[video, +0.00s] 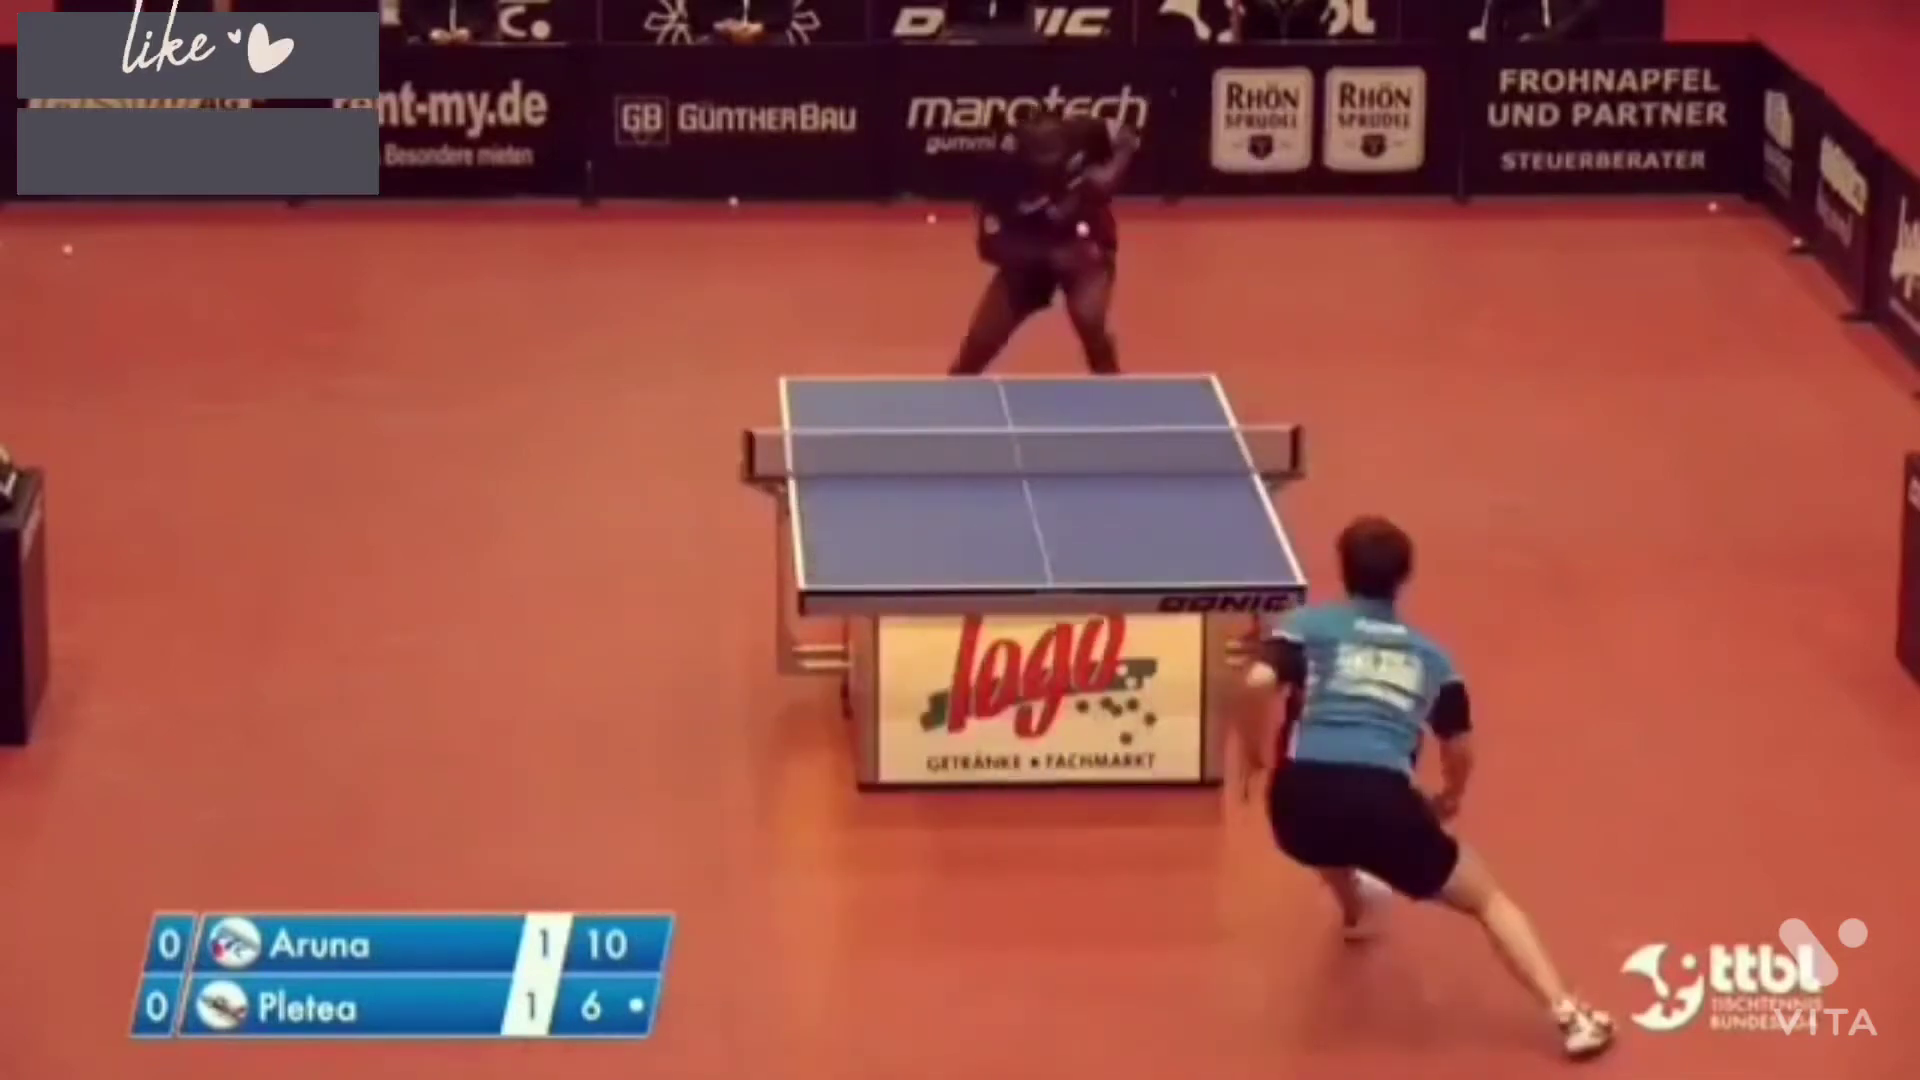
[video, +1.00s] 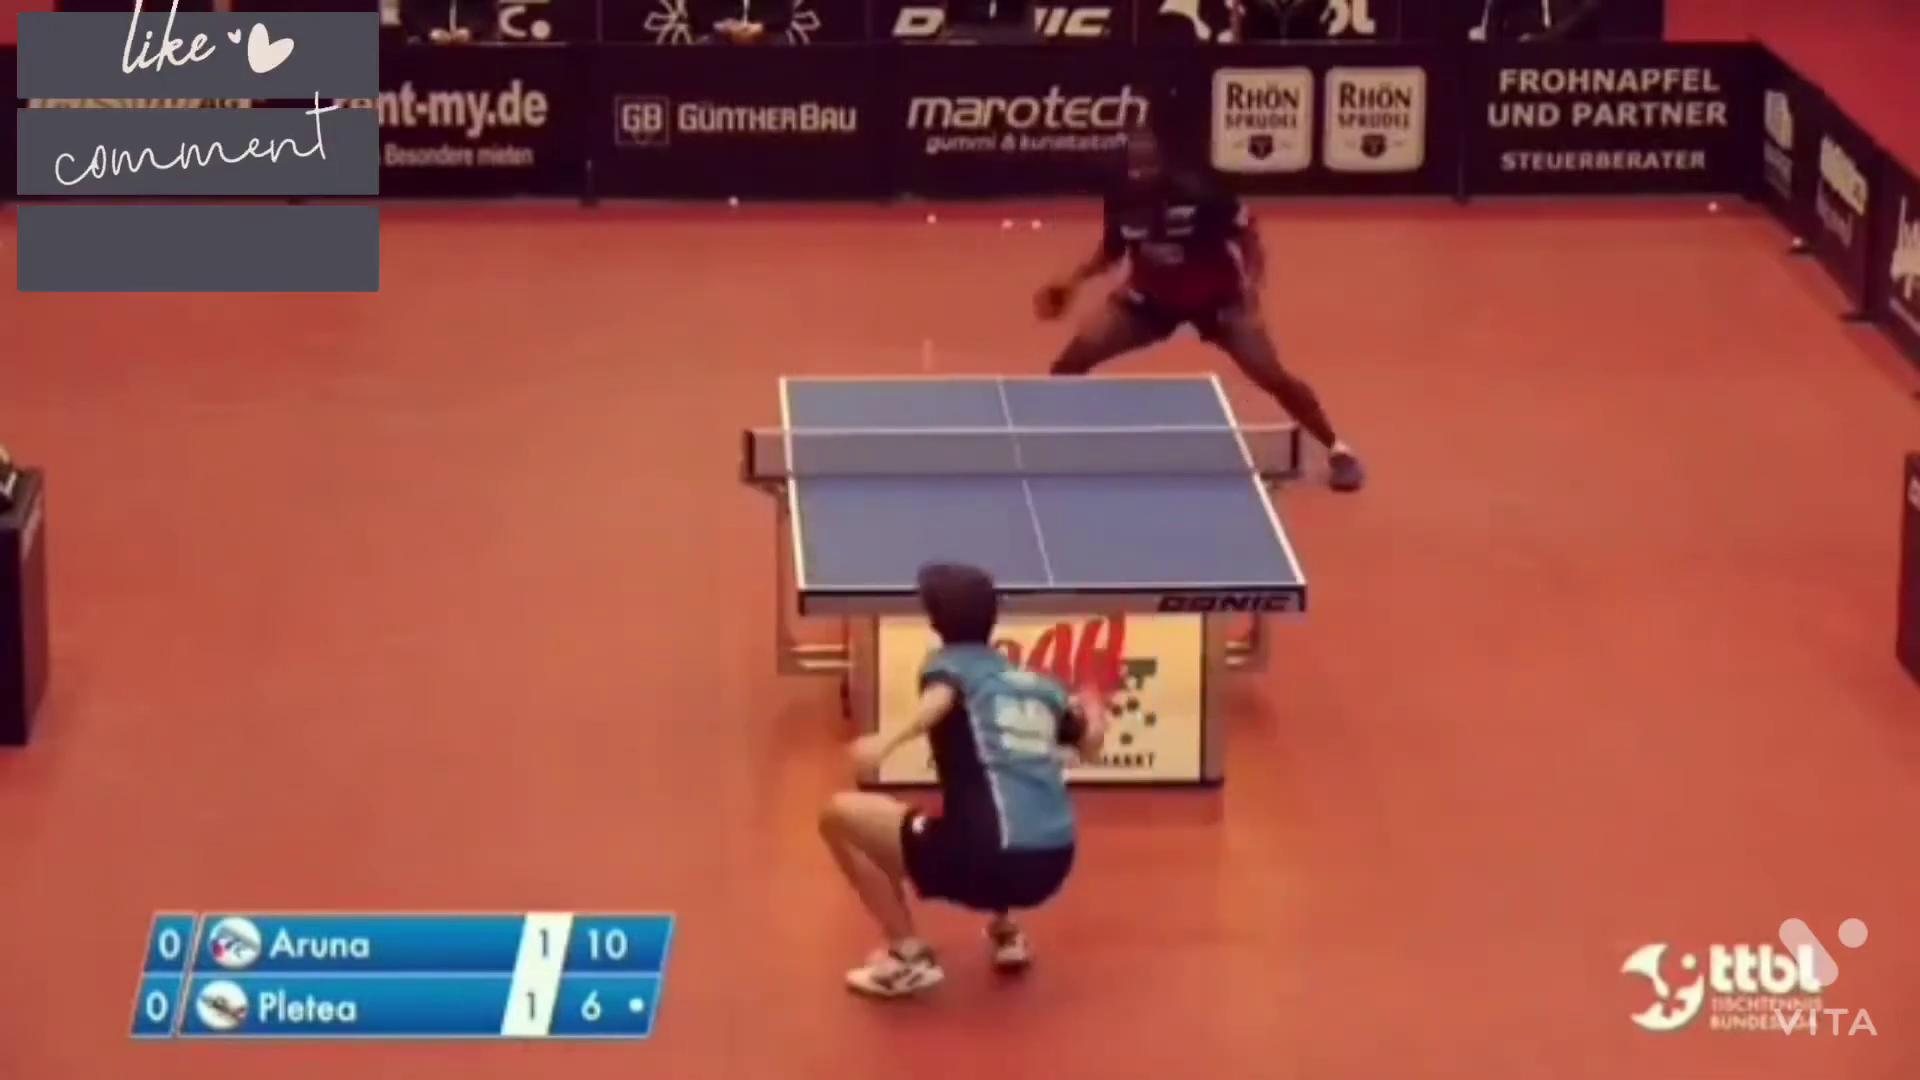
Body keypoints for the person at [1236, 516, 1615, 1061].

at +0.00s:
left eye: (1344, 564)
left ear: (1344, 572)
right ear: (1404, 576)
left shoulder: (1310, 624)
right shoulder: (1429, 655)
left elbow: (1255, 682)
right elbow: (1457, 746)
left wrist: (1258, 757)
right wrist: (1451, 796)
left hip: (1301, 798)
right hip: (1382, 804)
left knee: (1328, 844)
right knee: (1486, 899)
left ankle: (1352, 904)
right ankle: (1567, 1014)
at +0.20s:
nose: (1258, 520)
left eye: (1259, 512)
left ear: (1257, 522)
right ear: (1314, 526)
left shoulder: (1230, 575)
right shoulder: (1350, 604)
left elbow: (1170, 636)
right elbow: (1383, 699)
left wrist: (1142, 669)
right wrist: (1334, 727)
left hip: (1247, 759)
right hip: (1327, 765)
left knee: (1174, 816)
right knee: (1428, 871)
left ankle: (1152, 955)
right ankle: (1486, 1005)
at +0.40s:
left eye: (1115, 535)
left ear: (1110, 545)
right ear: (1171, 545)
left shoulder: (1098, 605)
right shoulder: (1208, 614)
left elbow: (1025, 670)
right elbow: (1236, 694)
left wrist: (1019, 675)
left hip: (1148, 803)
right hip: (1229, 801)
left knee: (1041, 911)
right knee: (1292, 886)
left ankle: (1062, 1051)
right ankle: (1378, 981)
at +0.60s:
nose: (994, 563)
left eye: (997, 554)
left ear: (999, 560)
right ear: (1057, 558)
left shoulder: (1001, 610)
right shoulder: (1091, 607)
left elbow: (938, 659)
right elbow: (1086, 697)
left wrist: (978, 629)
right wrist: (1030, 756)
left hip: (1105, 795)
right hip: (1175, 780)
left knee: (990, 909)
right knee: (1137, 835)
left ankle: (1056, 1048)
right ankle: (1167, 948)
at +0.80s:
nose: (966, 544)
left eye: (968, 537)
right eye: (965, 534)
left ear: (978, 544)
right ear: (1034, 532)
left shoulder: (995, 597)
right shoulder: (1085, 594)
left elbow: (926, 636)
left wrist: (842, 663)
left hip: (1037, 791)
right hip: (1098, 793)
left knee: (900, 860)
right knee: (1016, 827)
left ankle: (1008, 971)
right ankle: (1016, 943)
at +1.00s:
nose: (928, 620)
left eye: (930, 611)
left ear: (936, 623)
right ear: (990, 618)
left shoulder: (949, 664)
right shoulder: (1031, 680)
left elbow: (938, 704)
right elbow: (1090, 746)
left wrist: (881, 744)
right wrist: (1093, 718)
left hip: (982, 869)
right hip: (1049, 869)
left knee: (839, 816)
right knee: (979, 807)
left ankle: (907, 953)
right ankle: (1006, 930)